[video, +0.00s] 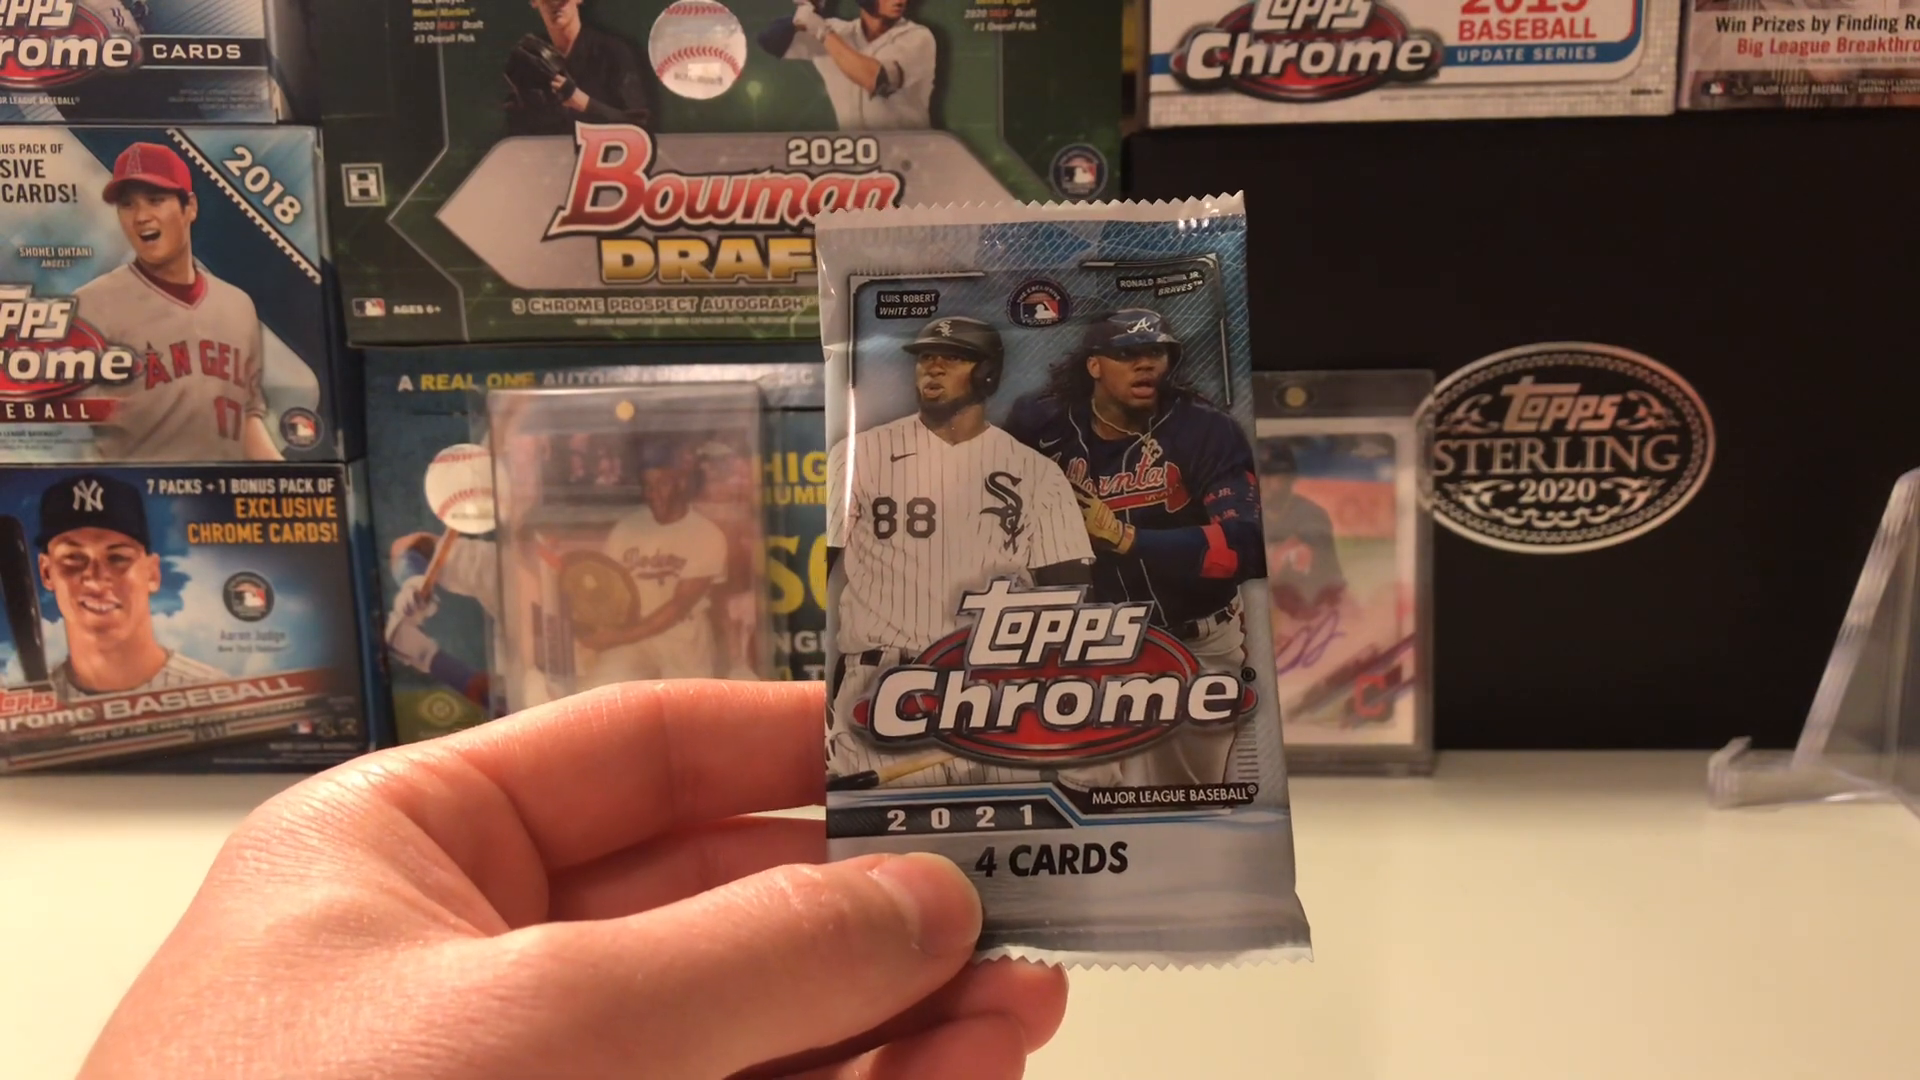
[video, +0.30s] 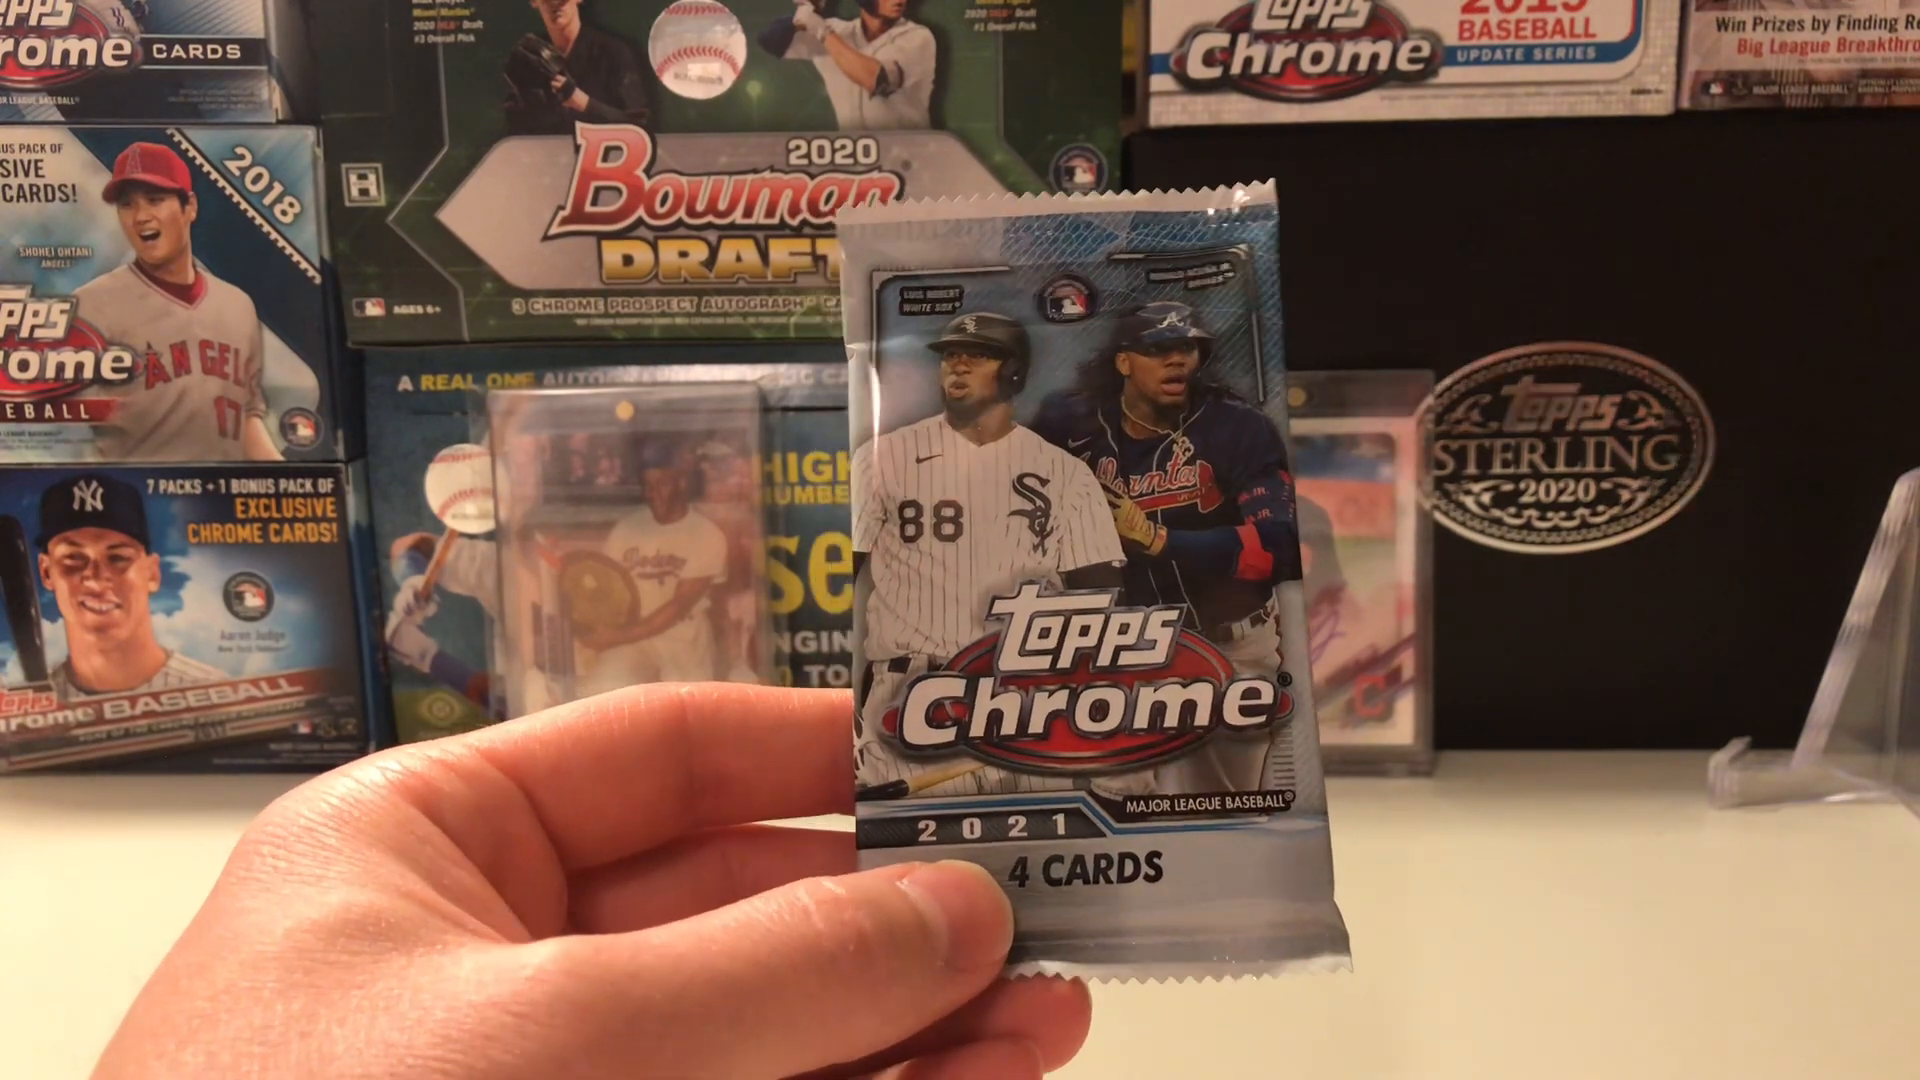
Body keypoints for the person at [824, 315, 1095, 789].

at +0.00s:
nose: (932, 369)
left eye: (950, 358)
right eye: (925, 357)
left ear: (985, 373)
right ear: (915, 367)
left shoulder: (1037, 475)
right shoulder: (856, 459)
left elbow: (1066, 597)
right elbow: (827, 575)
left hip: (992, 699)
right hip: (873, 697)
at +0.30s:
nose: (957, 367)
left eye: (975, 356)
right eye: (950, 356)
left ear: (1011, 372)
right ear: (939, 366)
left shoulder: (1065, 476)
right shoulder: (882, 461)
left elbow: (1097, 600)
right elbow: (832, 579)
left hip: (1023, 705)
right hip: (902, 704)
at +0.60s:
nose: (971, 373)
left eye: (989, 363)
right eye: (964, 362)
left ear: (1024, 378)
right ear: (953, 372)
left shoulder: (1079, 481)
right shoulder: (896, 465)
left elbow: (1114, 603)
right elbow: (852, 587)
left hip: (1038, 717)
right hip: (917, 714)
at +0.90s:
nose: (983, 370)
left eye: (1001, 360)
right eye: (976, 359)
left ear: (1037, 376)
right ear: (965, 369)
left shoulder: (1093, 483)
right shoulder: (908, 463)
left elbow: (1125, 607)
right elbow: (861, 589)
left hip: (1049, 713)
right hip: (927, 712)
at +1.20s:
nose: (1012, 370)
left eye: (1031, 360)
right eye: (1006, 358)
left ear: (1067, 376)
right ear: (994, 367)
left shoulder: (1122, 490)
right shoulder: (933, 463)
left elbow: (1149, 622)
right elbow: (902, 590)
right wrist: (898, 719)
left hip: (1071, 723)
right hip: (949, 717)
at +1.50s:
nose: (1018, 373)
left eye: (1036, 363)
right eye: (1011, 361)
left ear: (1072, 380)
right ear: (999, 370)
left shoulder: (1126, 489)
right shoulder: (939, 464)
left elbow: (1156, 620)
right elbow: (911, 598)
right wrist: (903, 719)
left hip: (1079, 722)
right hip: (956, 717)